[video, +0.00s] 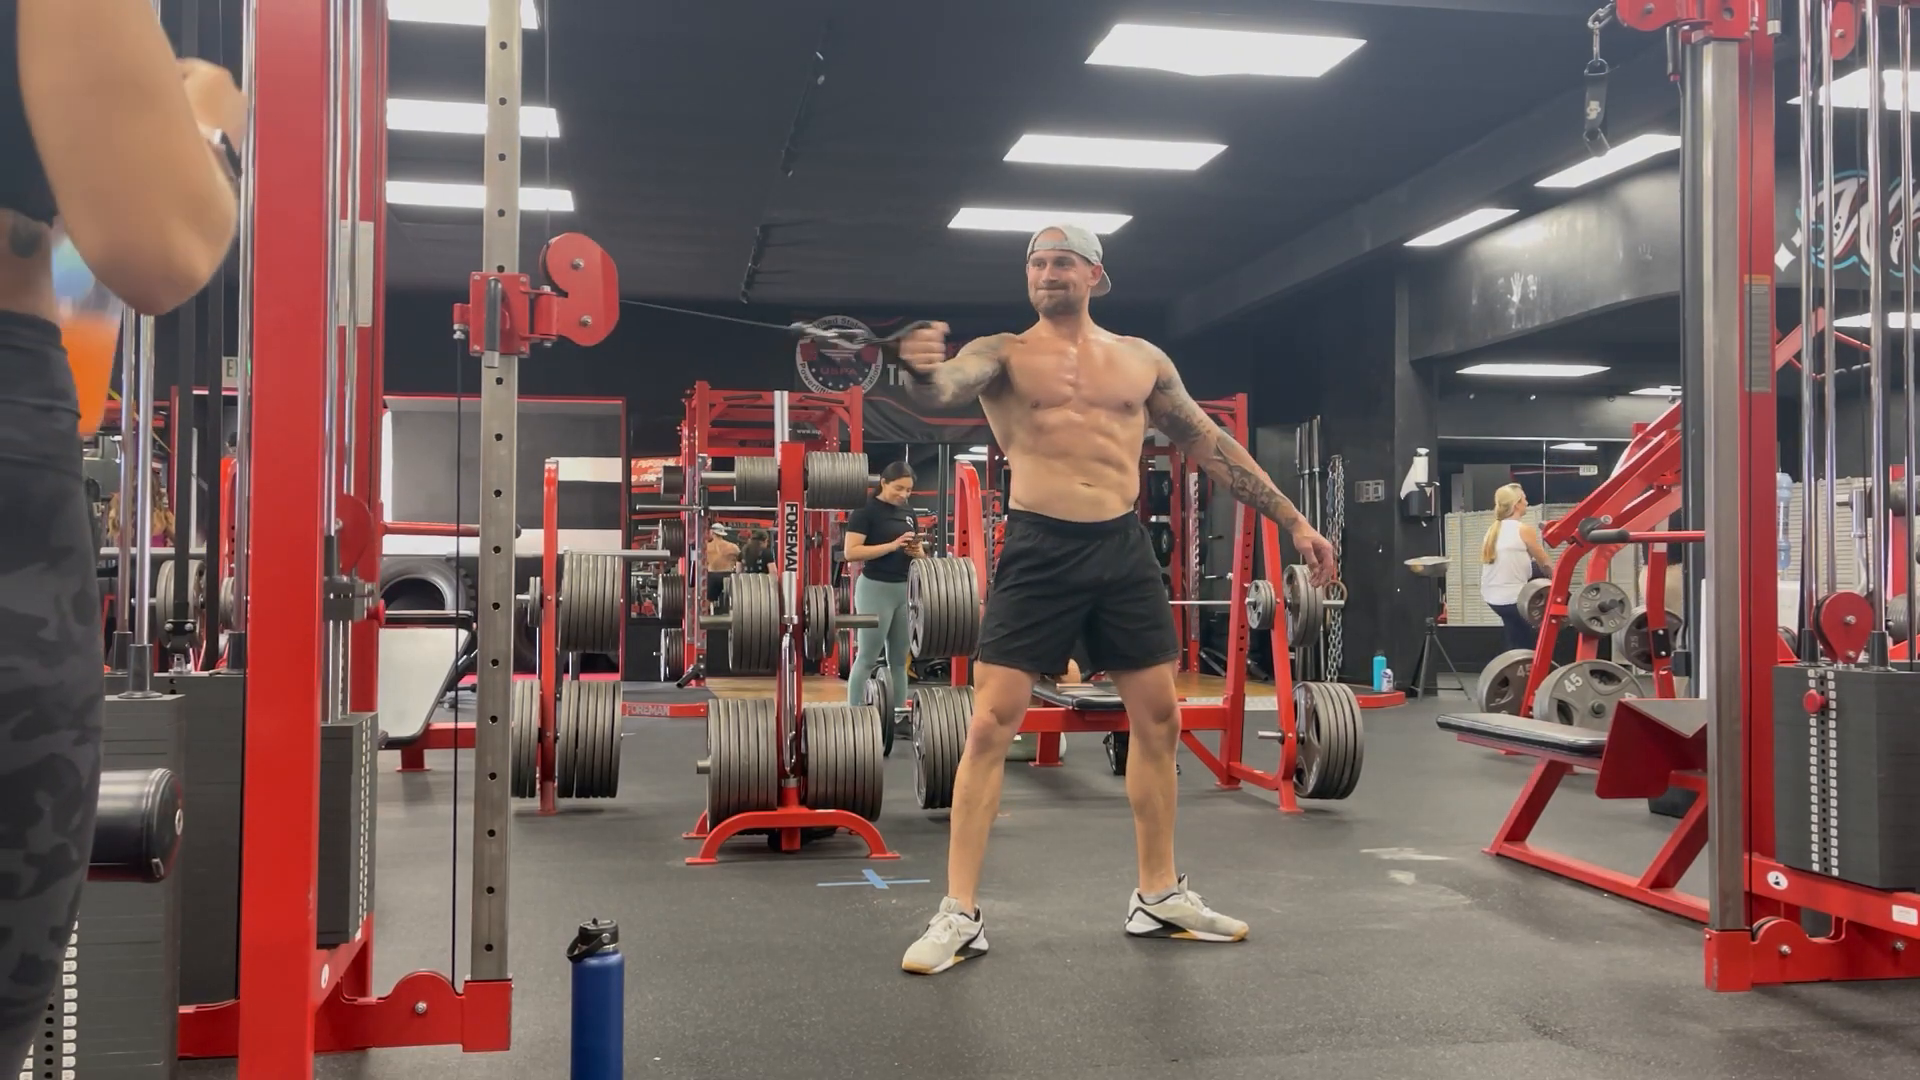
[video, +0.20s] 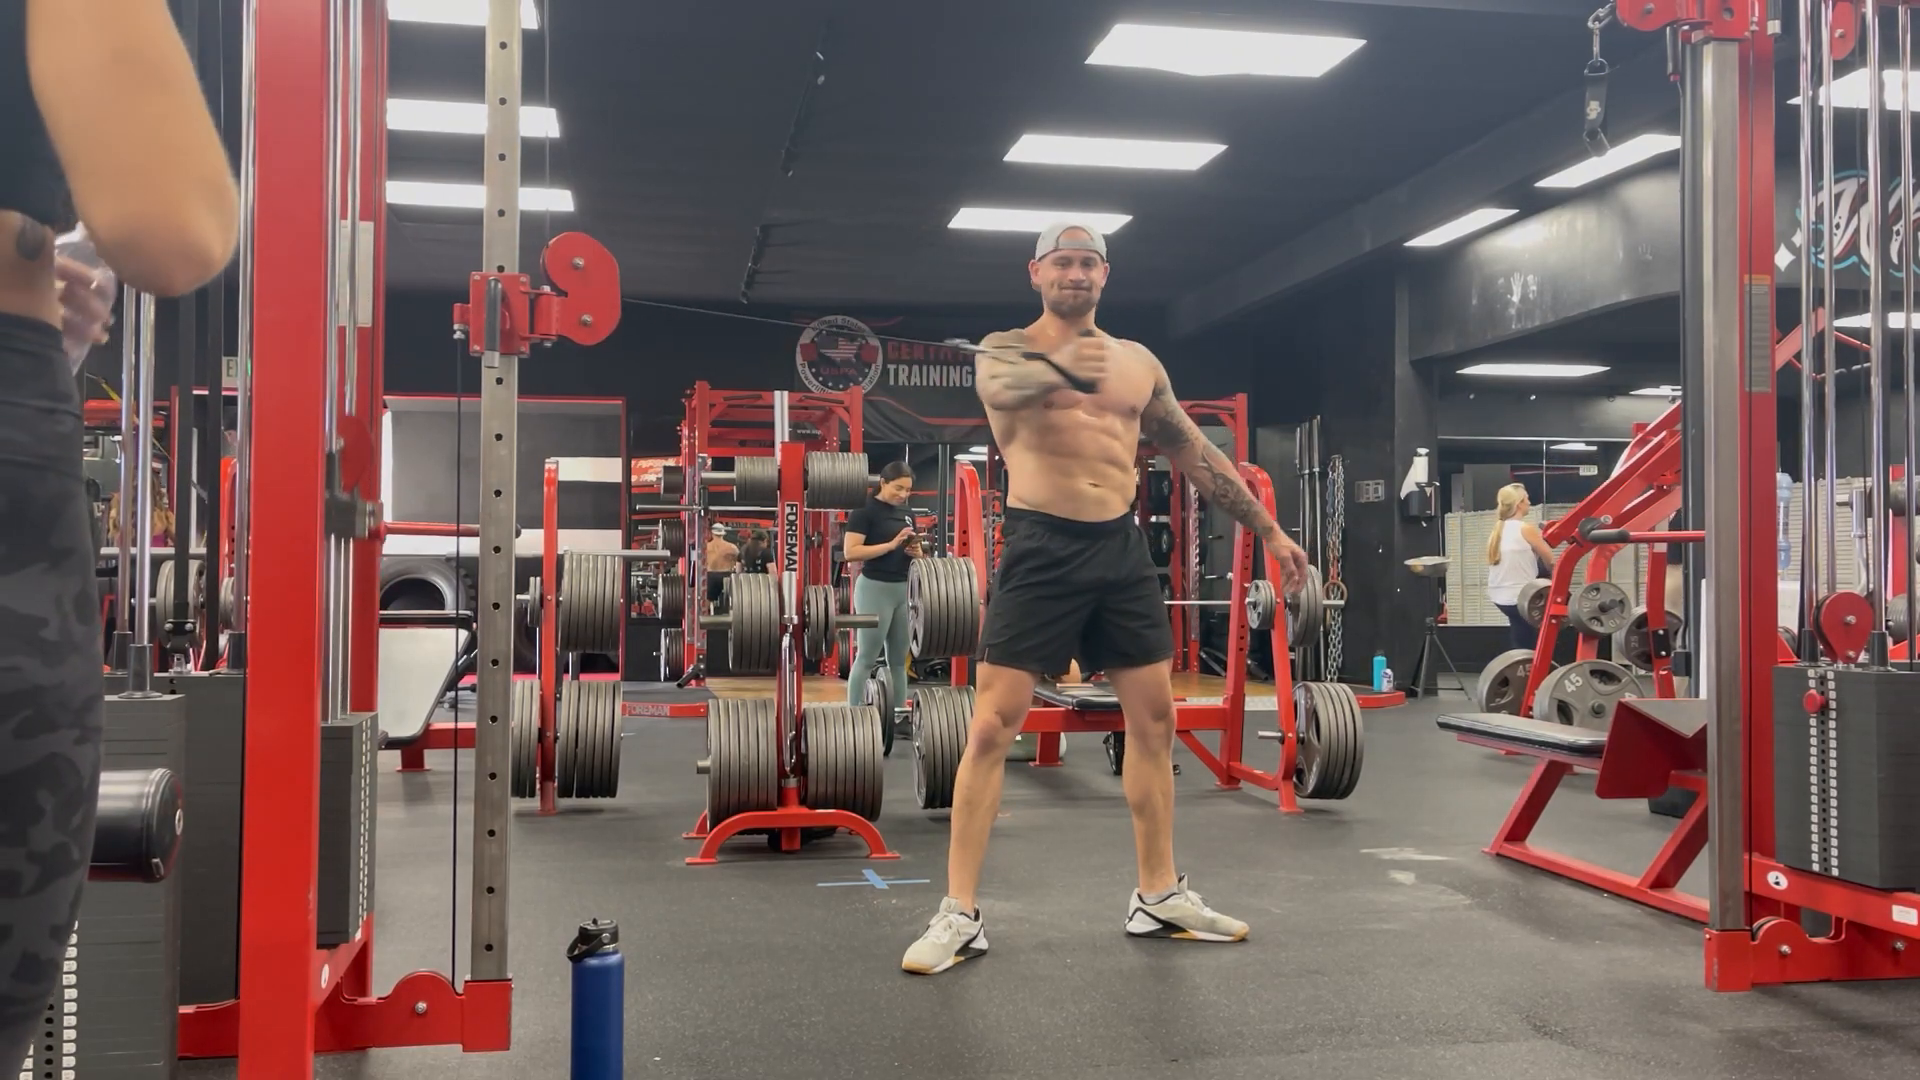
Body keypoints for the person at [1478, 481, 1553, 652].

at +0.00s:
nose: (1526, 503)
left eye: (1525, 499)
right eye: (1524, 500)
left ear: (1503, 506)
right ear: (1516, 505)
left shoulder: (1493, 529)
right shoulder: (1523, 529)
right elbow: (1544, 561)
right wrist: (1556, 579)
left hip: (1492, 598)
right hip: (1514, 600)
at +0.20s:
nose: (1529, 503)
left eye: (1528, 499)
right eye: (1526, 500)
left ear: (1505, 505)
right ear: (1519, 505)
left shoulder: (1498, 529)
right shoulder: (1526, 529)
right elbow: (1549, 559)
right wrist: (1557, 576)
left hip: (1498, 597)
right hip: (1520, 598)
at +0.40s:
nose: (1532, 506)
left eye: (1531, 502)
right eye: (1530, 502)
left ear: (1508, 506)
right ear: (1522, 506)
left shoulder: (1501, 530)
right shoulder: (1529, 529)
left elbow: (1499, 559)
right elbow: (1554, 556)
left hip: (1506, 595)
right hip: (1529, 596)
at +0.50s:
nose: (1535, 506)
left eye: (1534, 502)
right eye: (1533, 503)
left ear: (1512, 507)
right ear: (1526, 506)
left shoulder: (1504, 531)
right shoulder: (1533, 530)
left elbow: (1500, 561)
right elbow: (1553, 553)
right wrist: (1560, 554)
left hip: (1509, 595)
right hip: (1533, 595)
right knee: (1529, 640)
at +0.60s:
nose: (1540, 507)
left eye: (1539, 502)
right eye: (1538, 503)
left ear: (1516, 506)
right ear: (1532, 506)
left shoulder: (1509, 531)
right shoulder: (1540, 530)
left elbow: (1506, 560)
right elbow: (1561, 552)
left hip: (1512, 595)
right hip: (1537, 595)